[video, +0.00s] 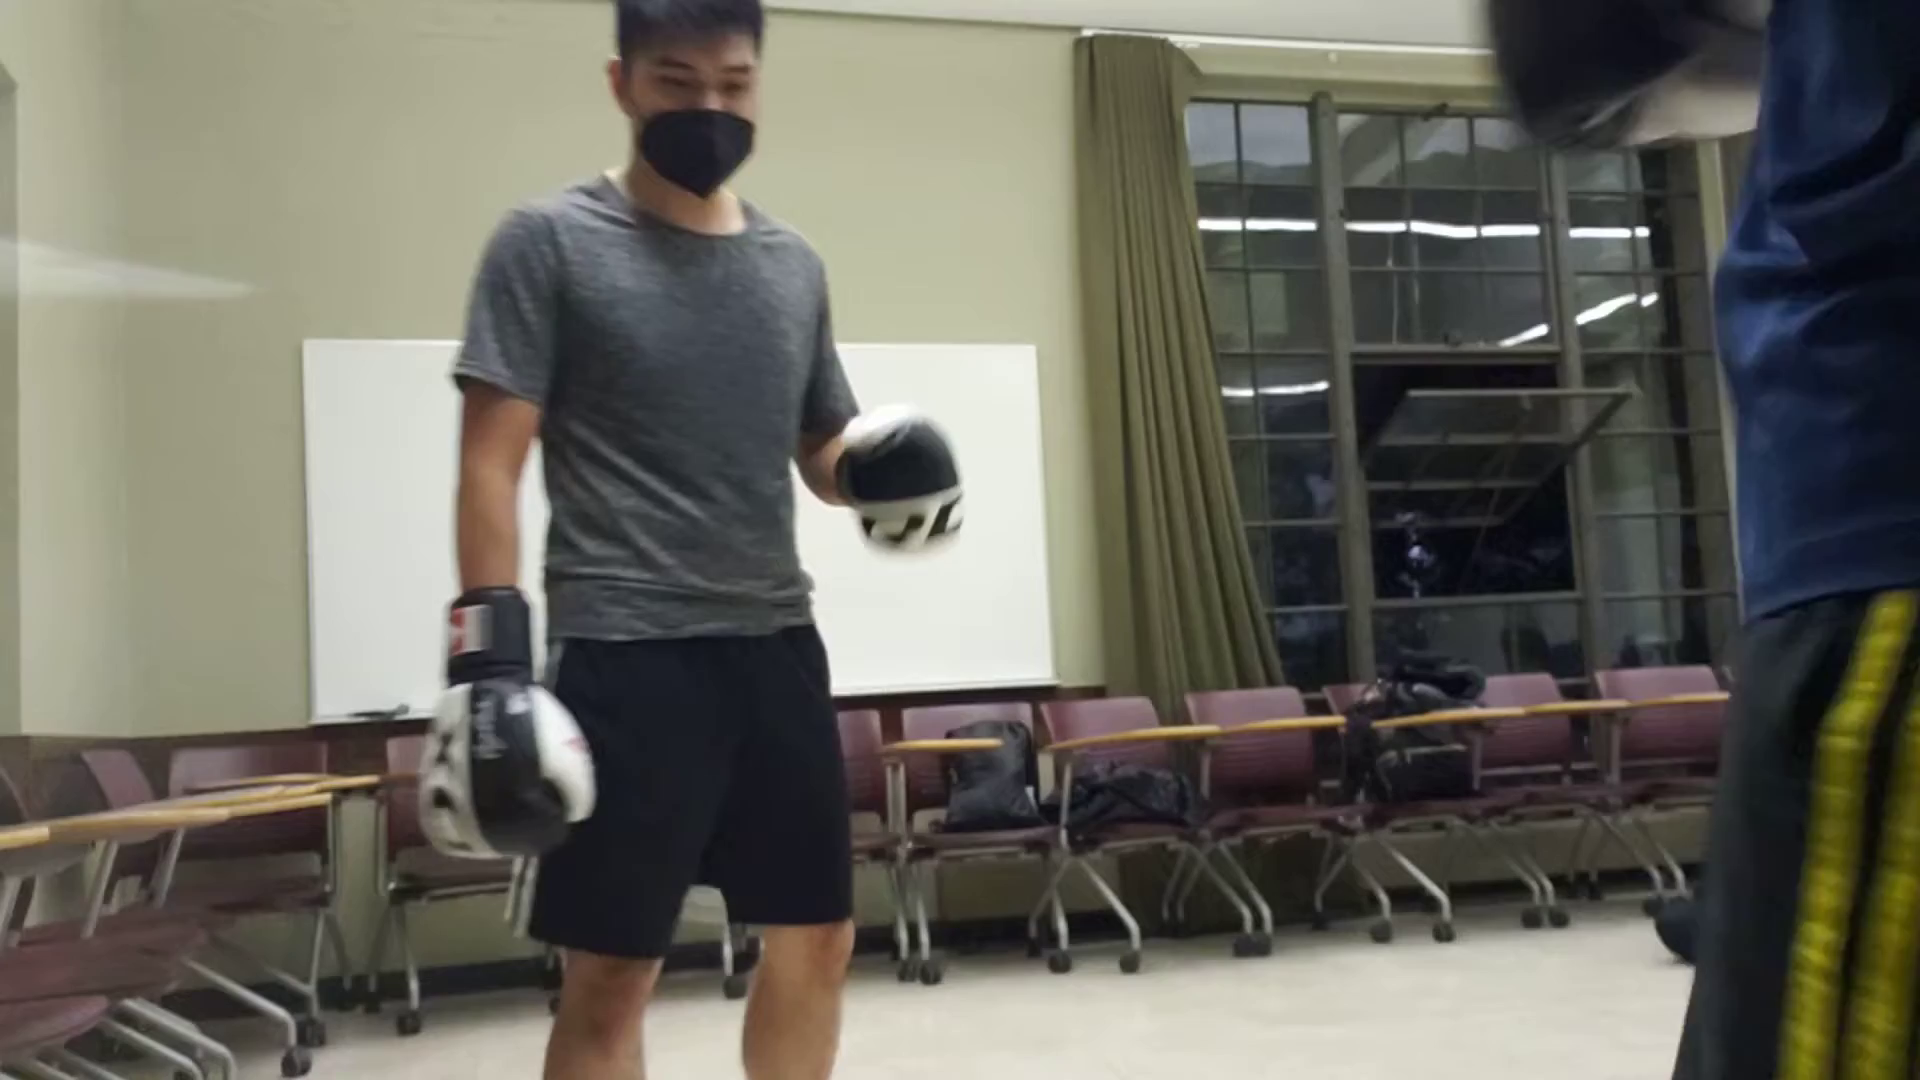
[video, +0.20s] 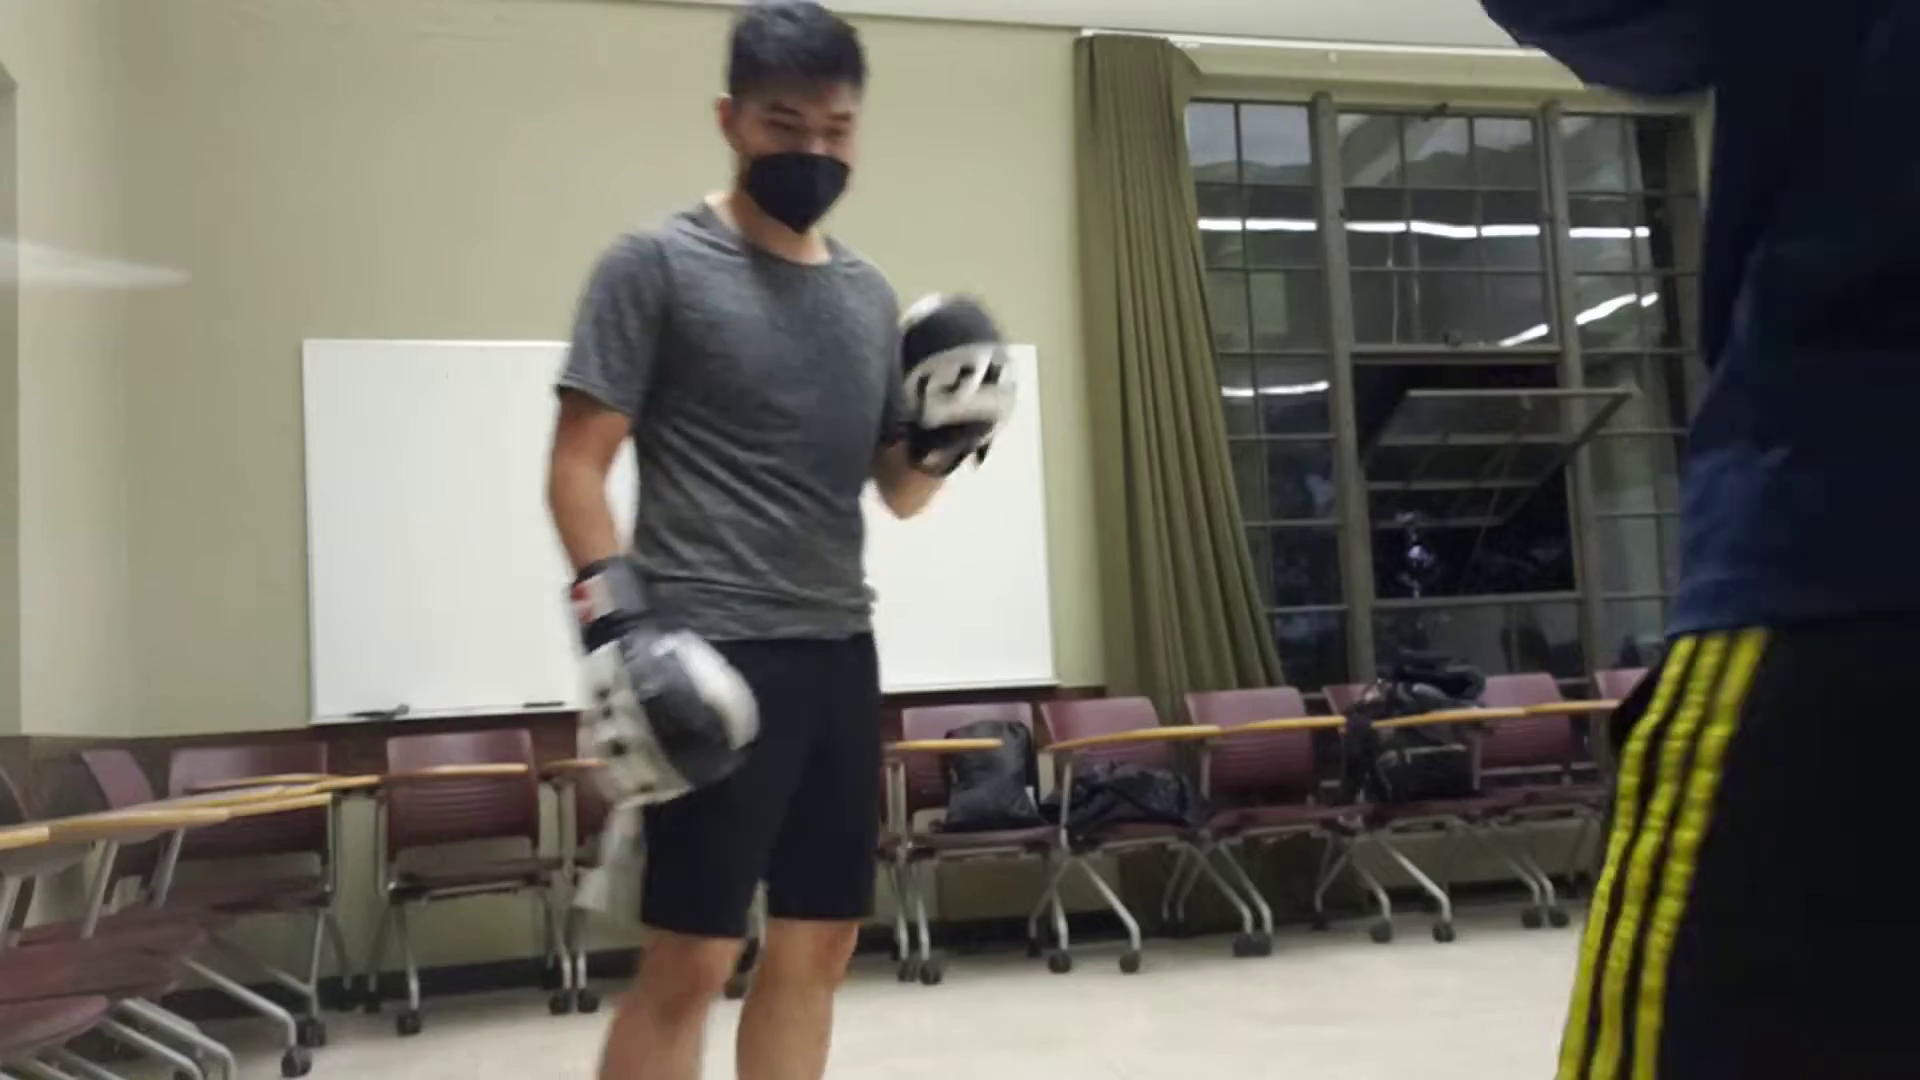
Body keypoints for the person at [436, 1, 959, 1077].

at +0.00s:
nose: (708, 109)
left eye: (734, 83)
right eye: (676, 80)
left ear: (761, 89)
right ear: (621, 80)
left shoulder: (792, 267)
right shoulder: (549, 244)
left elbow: (820, 451)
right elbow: (492, 464)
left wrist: (880, 470)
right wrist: (490, 671)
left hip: (776, 654)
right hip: (624, 659)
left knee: (815, 943)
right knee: (609, 987)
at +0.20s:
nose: (815, 154)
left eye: (838, 129)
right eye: (786, 126)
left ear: (862, 130)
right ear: (730, 120)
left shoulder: (867, 296)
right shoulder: (655, 268)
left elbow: (903, 494)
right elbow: (578, 468)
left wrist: (942, 424)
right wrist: (622, 636)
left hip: (837, 657)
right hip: (708, 653)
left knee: (815, 953)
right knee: (684, 971)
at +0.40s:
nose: (913, 178)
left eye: (936, 156)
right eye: (888, 150)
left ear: (957, 158)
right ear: (831, 141)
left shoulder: (947, 313)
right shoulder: (750, 278)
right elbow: (687, 465)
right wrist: (754, 587)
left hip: (900, 642)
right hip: (795, 632)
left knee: (856, 931)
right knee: (841, 925)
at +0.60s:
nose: (1006, 181)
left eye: (1024, 160)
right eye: (980, 155)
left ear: (1039, 164)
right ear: (917, 151)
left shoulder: (1002, 318)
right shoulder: (854, 283)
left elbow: (1010, 496)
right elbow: (802, 475)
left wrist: (1073, 463)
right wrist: (878, 625)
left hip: (967, 640)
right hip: (887, 636)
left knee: (898, 930)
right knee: (982, 924)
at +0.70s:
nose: (1056, 196)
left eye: (1072, 176)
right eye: (1032, 169)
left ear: (1084, 181)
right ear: (964, 166)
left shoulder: (1019, 318)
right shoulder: (914, 296)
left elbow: (993, 480)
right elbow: (873, 490)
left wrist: (1076, 501)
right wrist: (938, 656)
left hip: (1016, 644)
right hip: (953, 648)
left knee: (1026, 923)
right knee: (1026, 927)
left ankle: (900, 1070)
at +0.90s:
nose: (1132, 203)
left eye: (1143, 182)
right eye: (1111, 174)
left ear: (1147, 180)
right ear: (1044, 169)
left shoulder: (1053, 295)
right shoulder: (1001, 281)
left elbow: (1028, 466)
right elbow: (971, 471)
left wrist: (1116, 498)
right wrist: (1034, 625)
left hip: (1060, 627)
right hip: (998, 634)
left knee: (1149, 848)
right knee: (1047, 904)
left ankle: (1058, 1061)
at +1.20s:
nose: (1189, 251)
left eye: (1204, 238)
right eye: (1170, 226)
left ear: (1211, 250)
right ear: (1114, 225)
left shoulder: (1167, 376)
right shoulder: (1040, 328)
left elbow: (1151, 527)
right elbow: (967, 488)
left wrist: (1228, 533)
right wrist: (1040, 602)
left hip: (1139, 653)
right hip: (1047, 651)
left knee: (1149, 893)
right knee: (1074, 901)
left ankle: (1152, 1077)